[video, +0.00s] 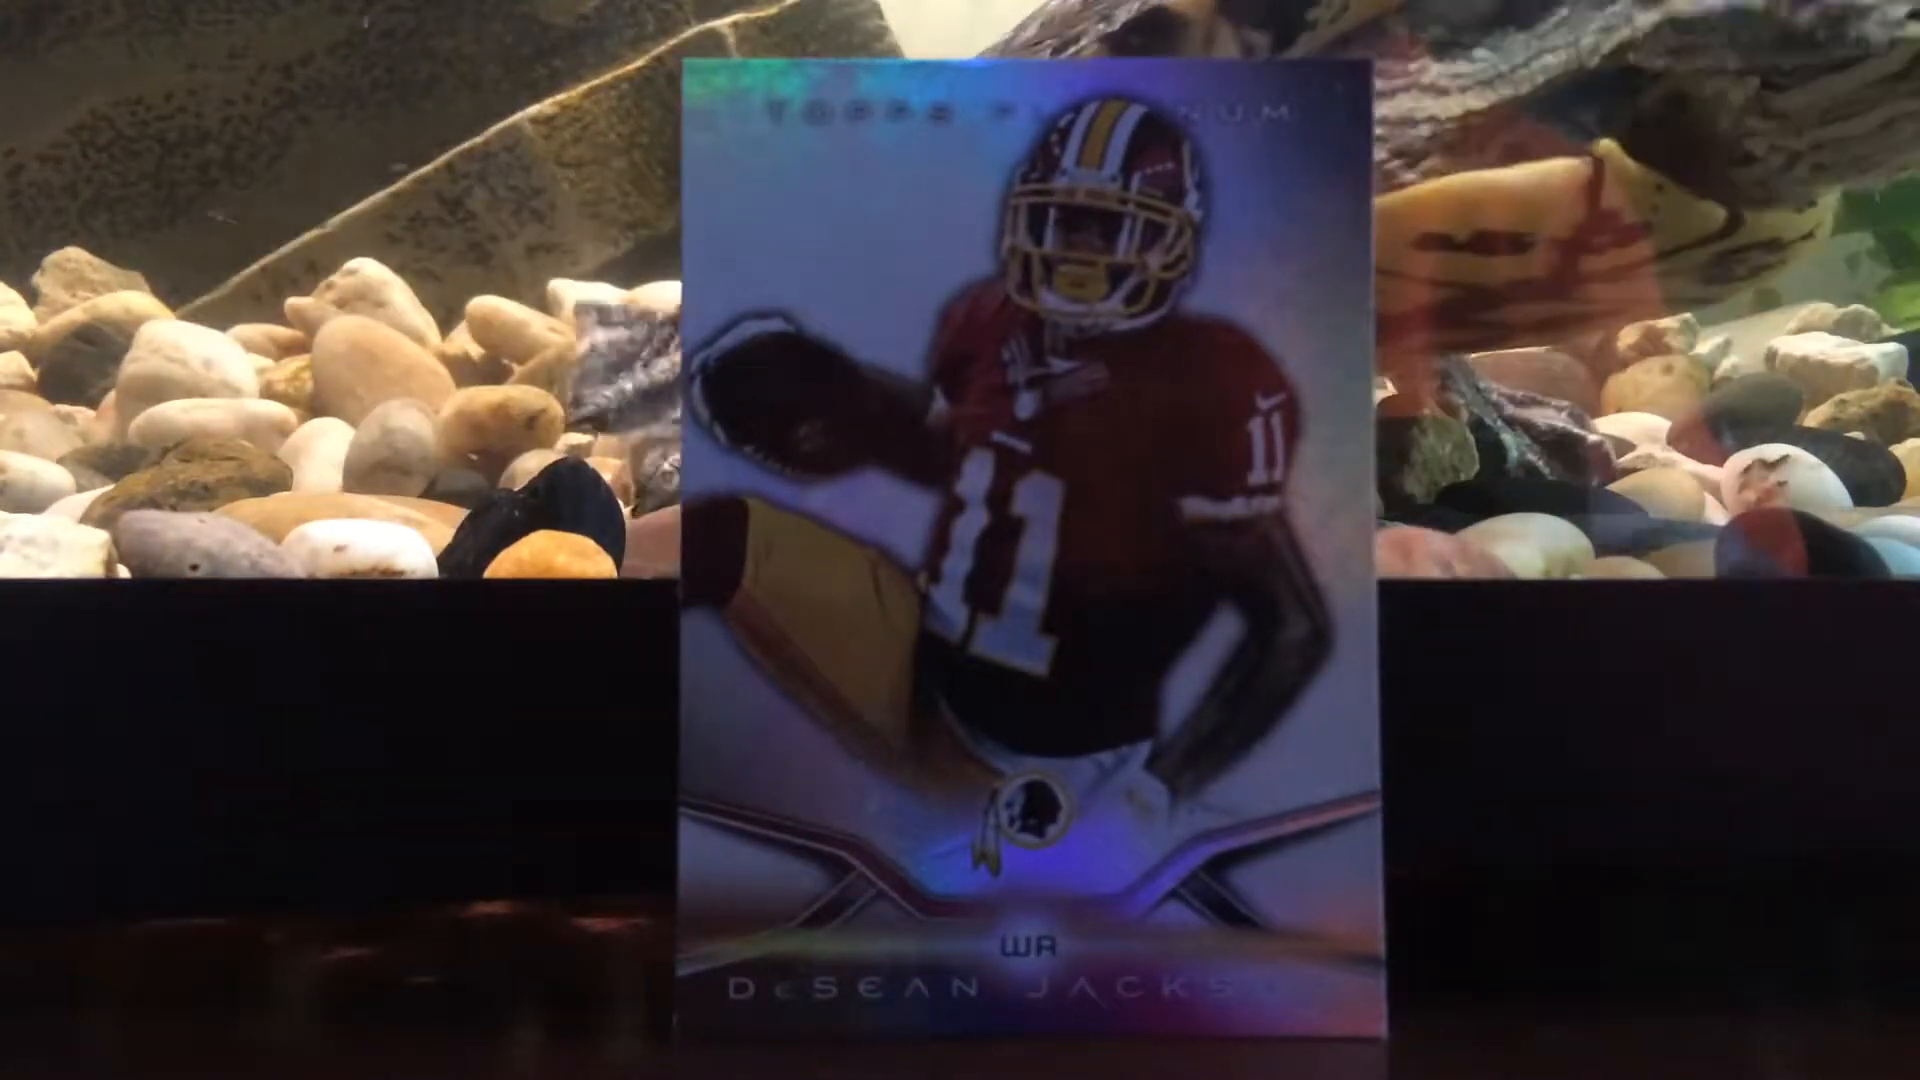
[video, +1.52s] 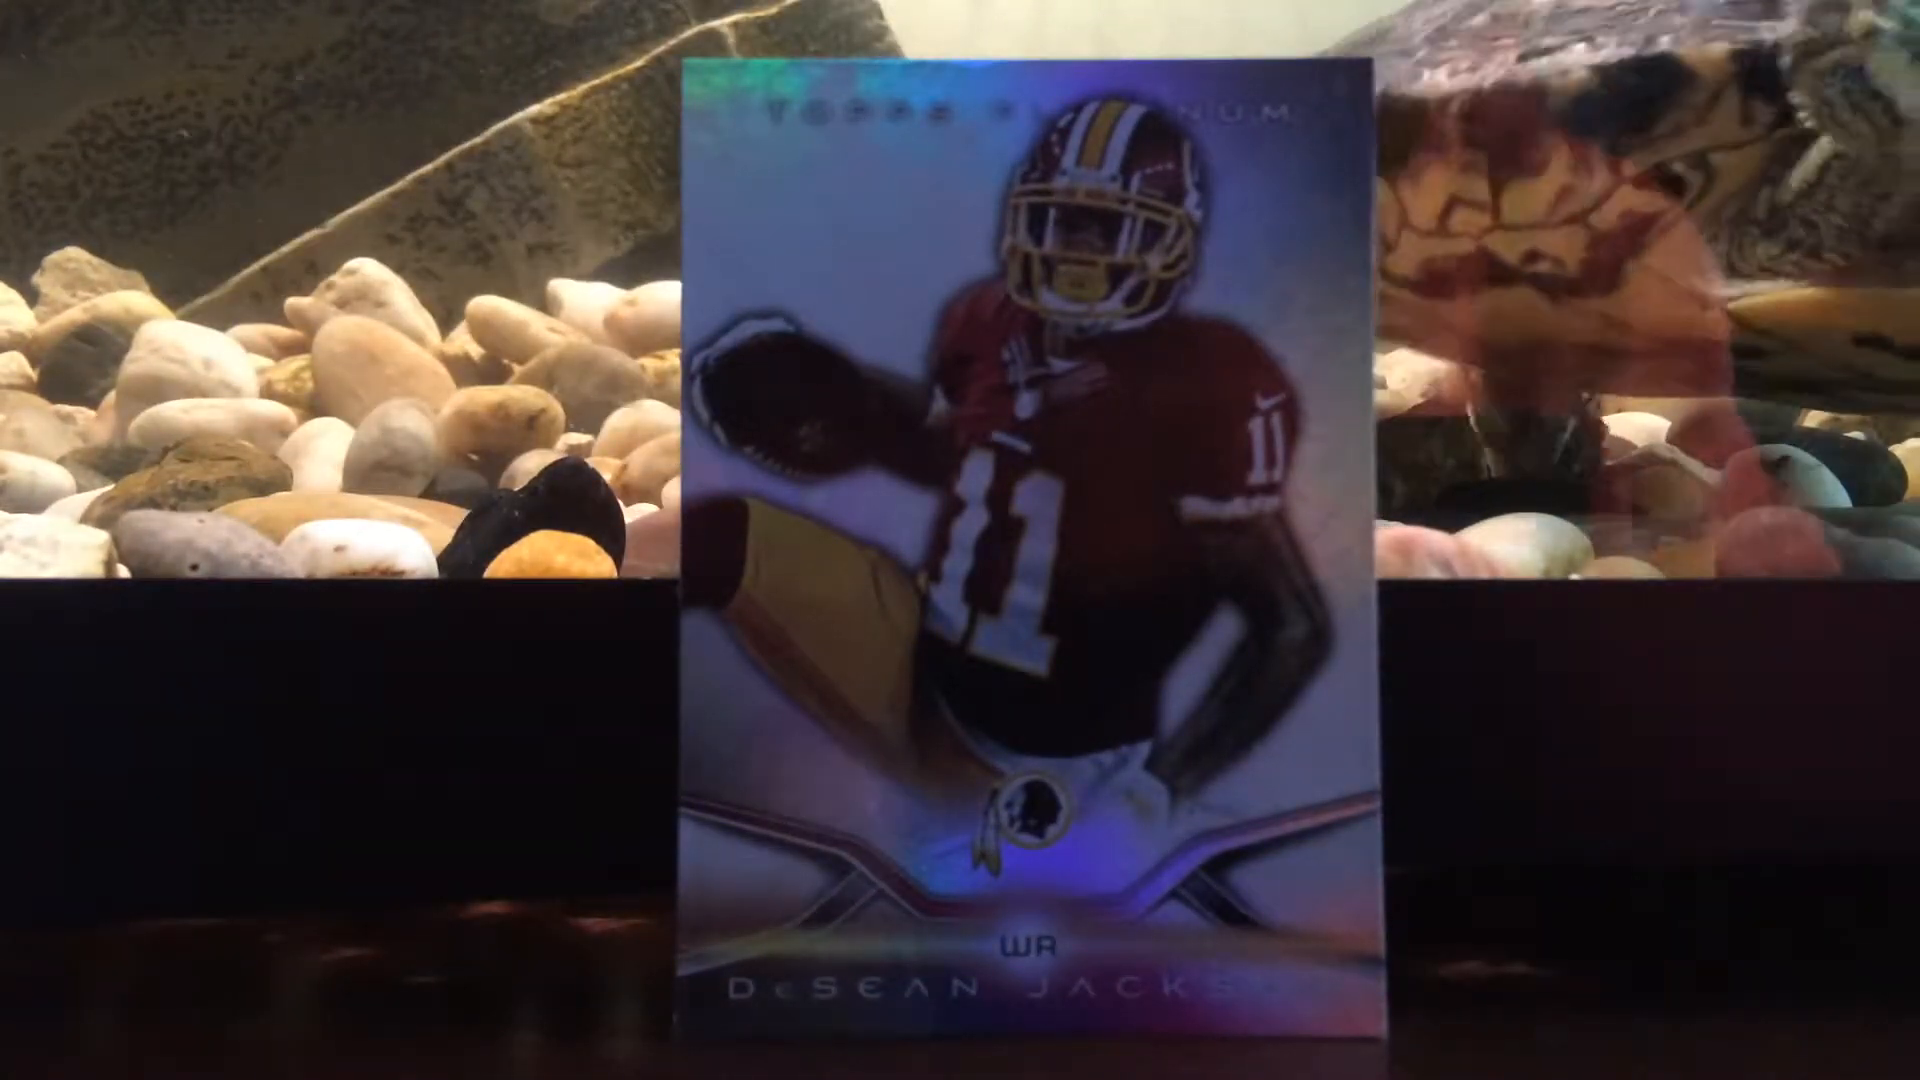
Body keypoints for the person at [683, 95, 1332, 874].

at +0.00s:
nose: (1080, 254)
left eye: (1114, 230)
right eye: (1060, 222)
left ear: (1176, 246)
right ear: (1021, 225)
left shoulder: (1217, 385)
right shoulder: (979, 325)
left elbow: (1294, 629)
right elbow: (957, 459)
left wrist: (1154, 792)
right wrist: (857, 414)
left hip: (1079, 753)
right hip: (929, 682)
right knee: (713, 537)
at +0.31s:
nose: (1081, 251)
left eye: (1115, 228)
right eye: (1061, 220)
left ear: (1176, 244)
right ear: (1021, 223)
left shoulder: (1215, 386)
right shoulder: (980, 324)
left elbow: (1295, 630)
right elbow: (958, 458)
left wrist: (1154, 793)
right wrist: (856, 414)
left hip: (1081, 754)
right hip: (931, 679)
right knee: (713, 535)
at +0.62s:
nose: (1079, 251)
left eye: (1114, 228)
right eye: (1061, 220)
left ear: (1176, 244)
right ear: (1021, 223)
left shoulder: (1215, 386)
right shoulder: (980, 325)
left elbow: (1295, 631)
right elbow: (959, 460)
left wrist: (1154, 793)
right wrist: (856, 416)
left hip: (1077, 758)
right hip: (928, 680)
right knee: (711, 535)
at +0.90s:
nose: (1079, 253)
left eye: (1113, 229)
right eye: (1060, 221)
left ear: (1175, 244)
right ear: (1021, 225)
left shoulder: (1214, 384)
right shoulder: (980, 325)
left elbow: (1294, 629)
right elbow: (954, 457)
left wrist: (1155, 793)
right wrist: (851, 410)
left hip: (1077, 758)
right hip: (926, 681)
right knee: (714, 536)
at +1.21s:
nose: (1080, 253)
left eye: (1114, 229)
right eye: (1060, 221)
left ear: (1175, 244)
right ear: (1021, 225)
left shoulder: (1214, 383)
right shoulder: (980, 325)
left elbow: (1294, 630)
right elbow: (955, 457)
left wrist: (1155, 793)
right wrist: (852, 411)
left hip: (1077, 758)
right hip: (927, 680)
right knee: (713, 535)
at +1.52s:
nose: (1077, 252)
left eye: (1112, 229)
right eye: (1058, 221)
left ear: (1174, 244)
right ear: (1020, 226)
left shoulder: (1215, 384)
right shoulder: (980, 325)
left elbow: (1294, 629)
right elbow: (954, 456)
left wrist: (1156, 791)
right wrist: (849, 408)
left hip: (1082, 757)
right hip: (929, 683)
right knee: (711, 535)